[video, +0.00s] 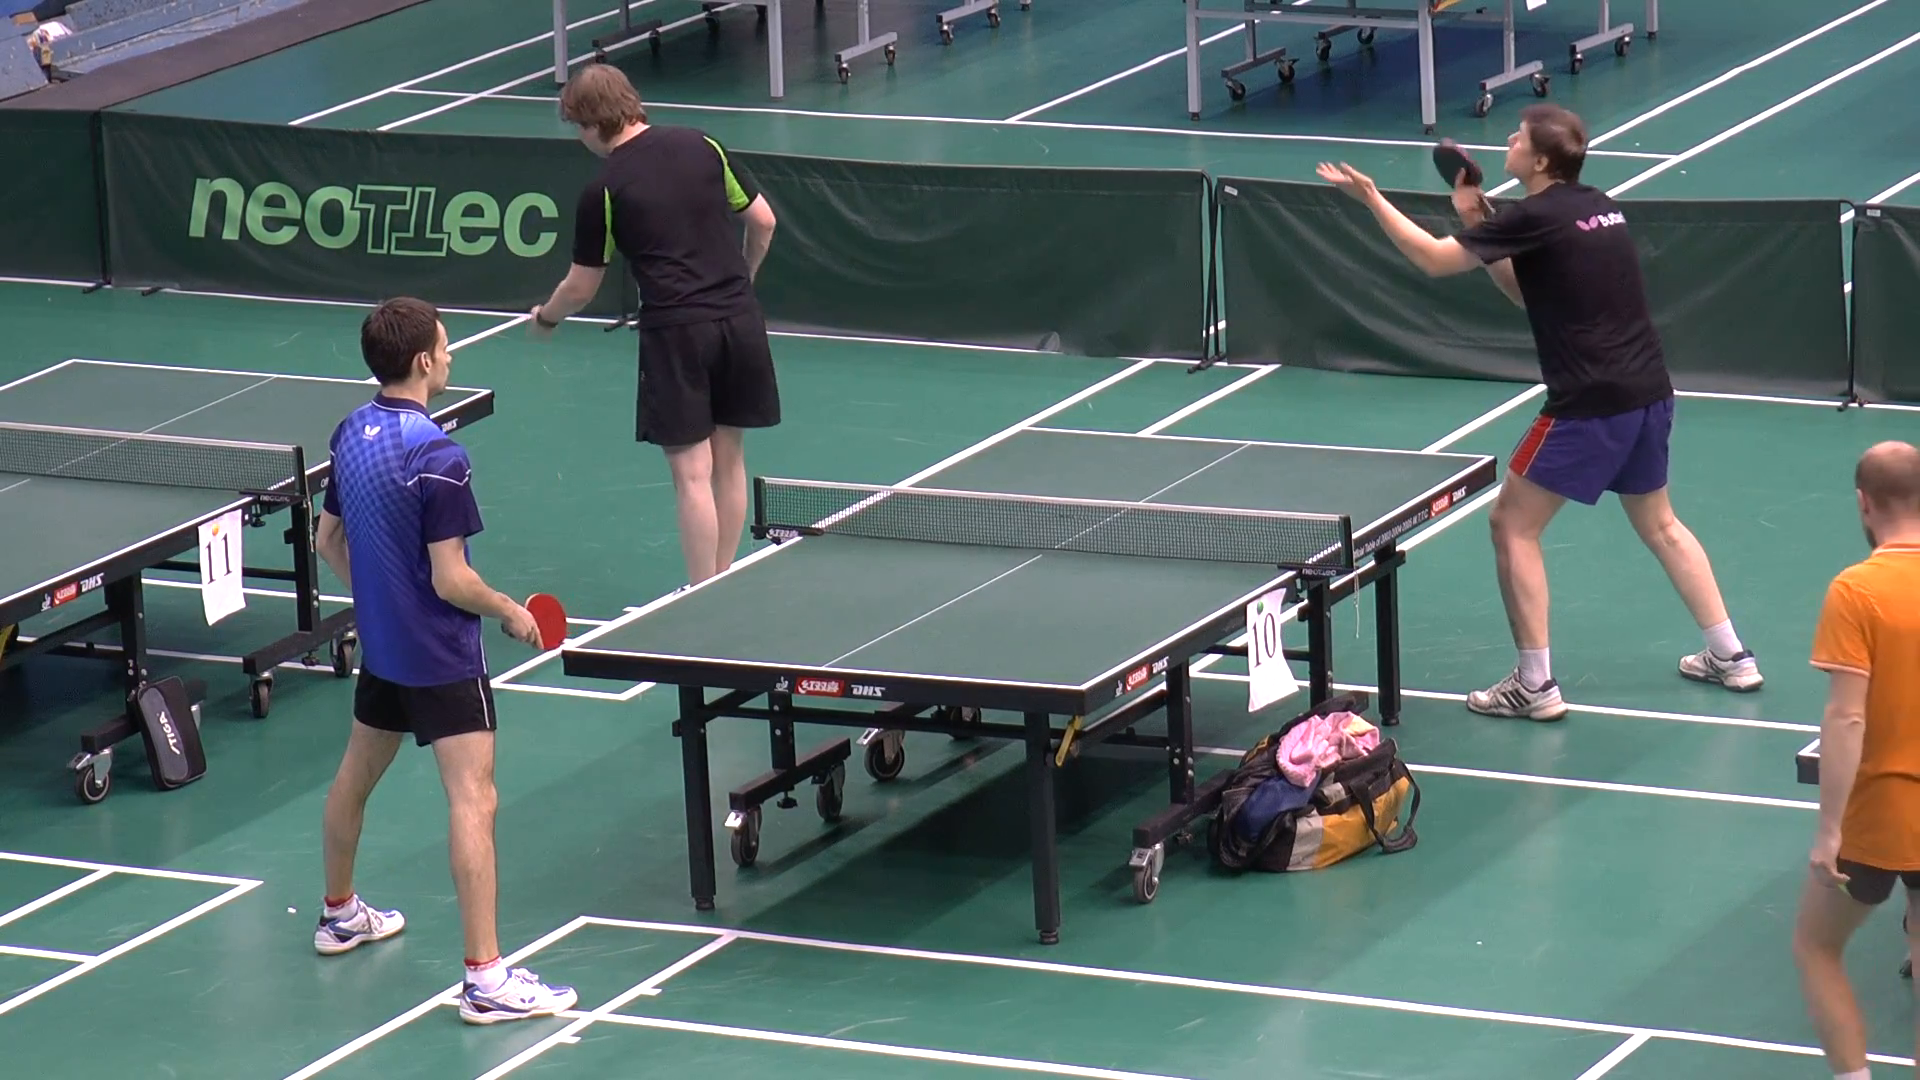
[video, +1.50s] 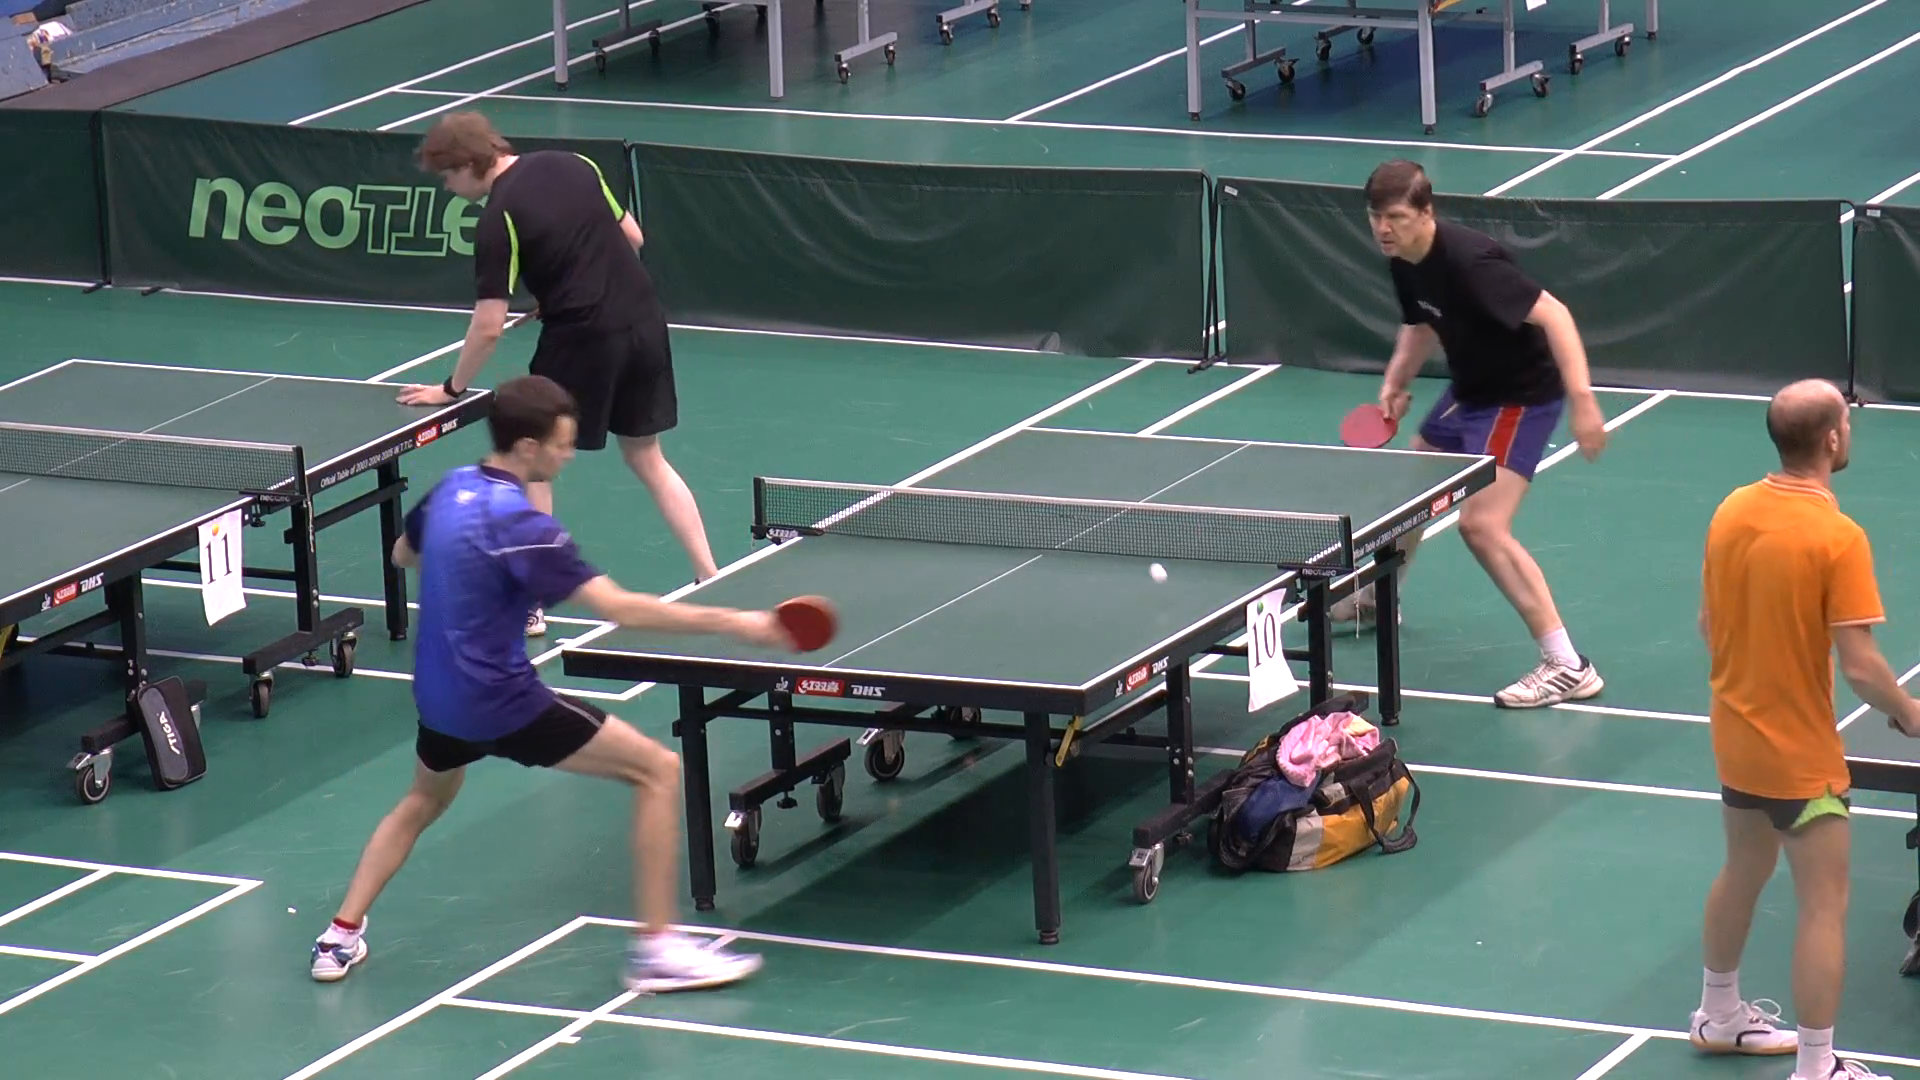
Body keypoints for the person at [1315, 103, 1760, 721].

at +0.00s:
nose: (1509, 143)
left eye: (1518, 137)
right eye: (1515, 135)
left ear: (1538, 156)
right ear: (1565, 160)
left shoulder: (1532, 214)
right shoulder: (1598, 205)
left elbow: (1435, 258)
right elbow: (1529, 292)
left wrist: (1371, 198)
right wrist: (1478, 222)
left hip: (1587, 405)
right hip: (1649, 395)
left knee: (1513, 525)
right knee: (1662, 525)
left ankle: (1534, 683)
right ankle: (1731, 655)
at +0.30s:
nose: (1539, 130)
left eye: (1547, 126)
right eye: (1545, 122)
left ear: (1564, 148)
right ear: (1595, 153)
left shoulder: (1552, 214)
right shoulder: (1634, 205)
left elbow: (1525, 305)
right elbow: (1687, 298)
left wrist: (1452, 339)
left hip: (1594, 399)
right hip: (1658, 394)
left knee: (1522, 521)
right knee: (1663, 520)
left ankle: (1534, 682)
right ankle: (1727, 651)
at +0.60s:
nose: (1547, 125)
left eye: (1555, 119)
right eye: (1553, 116)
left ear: (1570, 140)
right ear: (1606, 143)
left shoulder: (1558, 207)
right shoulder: (1658, 188)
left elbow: (1567, 290)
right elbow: (1742, 216)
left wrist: (1542, 381)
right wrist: (1757, 195)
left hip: (1615, 392)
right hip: (1683, 384)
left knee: (1544, 516)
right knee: (1685, 514)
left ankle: (1540, 673)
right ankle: (1722, 644)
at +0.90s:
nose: (1491, 185)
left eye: (1497, 174)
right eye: (1492, 174)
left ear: (1529, 178)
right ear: (1545, 172)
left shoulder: (1554, 234)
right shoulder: (1599, 199)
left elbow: (1600, 319)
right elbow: (1612, 263)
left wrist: (1567, 406)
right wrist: (1553, 291)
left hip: (1633, 394)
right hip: (1684, 382)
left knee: (1539, 509)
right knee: (1670, 516)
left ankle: (1568, 664)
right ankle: (1729, 635)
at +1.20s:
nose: (1434, 250)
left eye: (1445, 239)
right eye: (1429, 239)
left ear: (1480, 232)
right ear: (1428, 236)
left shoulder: (1532, 269)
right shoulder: (1478, 287)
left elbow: (1622, 319)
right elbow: (1512, 360)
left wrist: (1642, 407)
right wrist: (1464, 412)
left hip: (1596, 407)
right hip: (1565, 407)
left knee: (1514, 526)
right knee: (1546, 521)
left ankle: (1571, 668)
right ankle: (1675, 581)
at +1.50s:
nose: (1382, 229)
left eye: (1394, 218)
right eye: (1377, 218)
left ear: (1426, 213)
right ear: (1372, 216)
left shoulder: (1471, 262)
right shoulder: (1403, 259)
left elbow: (1554, 314)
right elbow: (1418, 326)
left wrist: (1582, 403)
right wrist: (1395, 384)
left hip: (1523, 396)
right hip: (1469, 392)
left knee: (1484, 525)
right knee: (1405, 491)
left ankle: (1568, 665)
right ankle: (1372, 595)